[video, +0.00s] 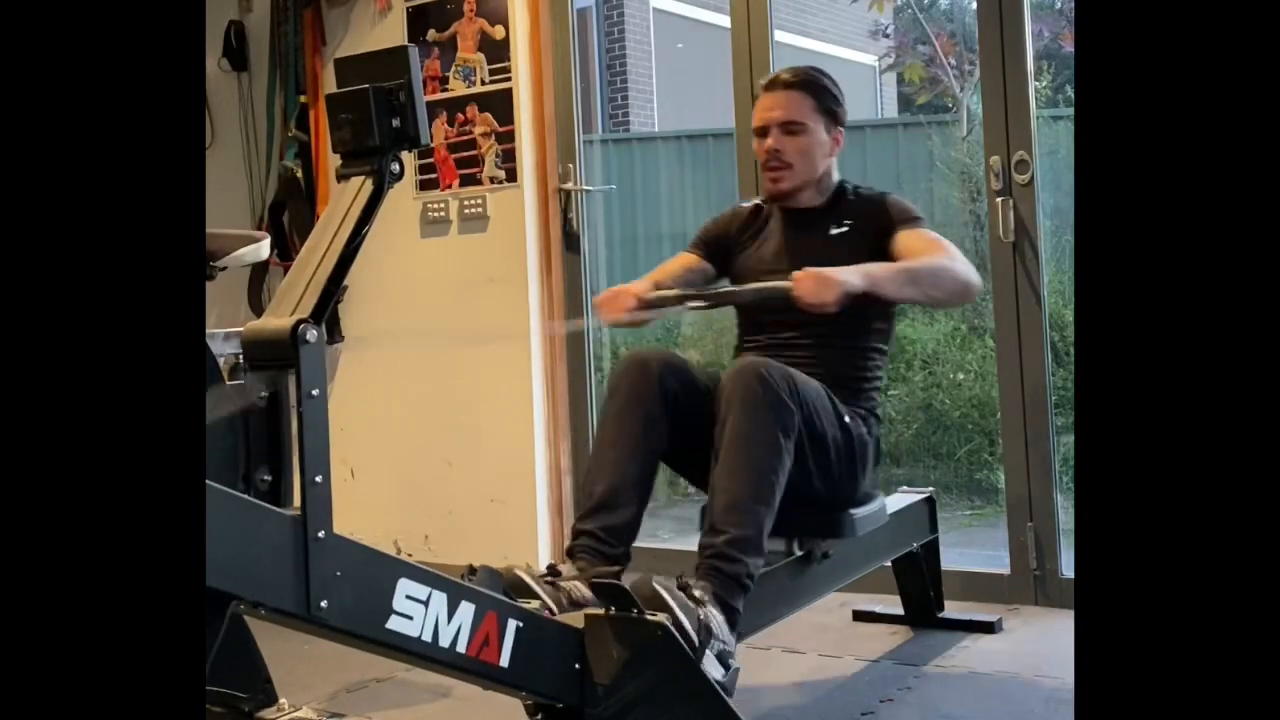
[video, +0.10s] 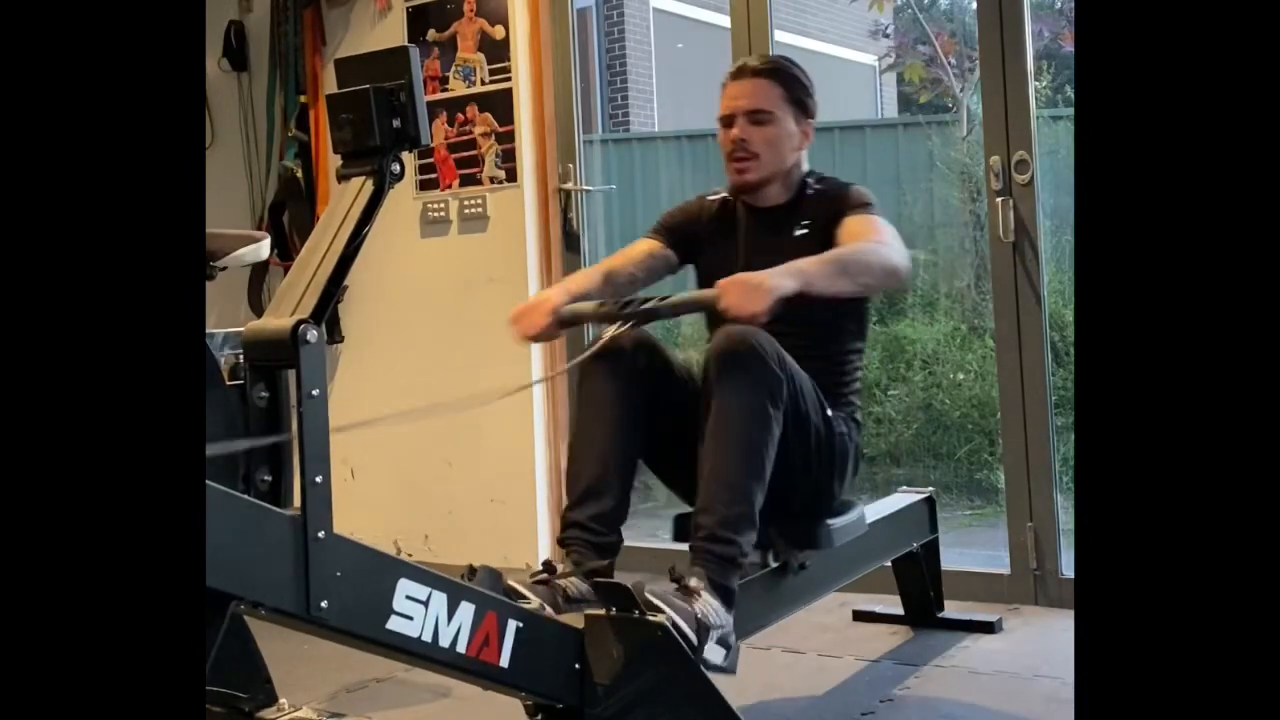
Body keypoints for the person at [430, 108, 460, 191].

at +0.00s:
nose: (446, 118)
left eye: (446, 116)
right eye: (444, 115)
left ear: (443, 116)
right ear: (440, 116)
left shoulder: (443, 124)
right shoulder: (437, 124)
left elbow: (453, 132)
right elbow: (439, 139)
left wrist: (457, 122)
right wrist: (442, 150)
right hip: (440, 148)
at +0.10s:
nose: (446, 118)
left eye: (446, 116)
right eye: (444, 115)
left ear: (443, 116)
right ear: (440, 116)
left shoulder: (443, 124)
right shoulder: (437, 124)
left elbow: (453, 132)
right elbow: (439, 138)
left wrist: (457, 122)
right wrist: (442, 150)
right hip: (440, 148)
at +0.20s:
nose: (446, 117)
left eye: (446, 115)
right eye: (444, 115)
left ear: (443, 116)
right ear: (440, 116)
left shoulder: (443, 124)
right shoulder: (437, 123)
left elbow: (453, 132)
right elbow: (438, 138)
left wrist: (457, 122)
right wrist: (442, 149)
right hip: (439, 148)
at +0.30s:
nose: (446, 118)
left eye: (446, 115)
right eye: (445, 115)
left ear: (443, 116)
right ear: (440, 116)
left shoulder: (443, 125)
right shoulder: (437, 123)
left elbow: (453, 132)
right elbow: (439, 137)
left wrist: (457, 122)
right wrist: (442, 150)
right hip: (439, 147)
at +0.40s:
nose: (446, 118)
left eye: (446, 115)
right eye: (445, 115)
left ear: (443, 116)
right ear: (440, 116)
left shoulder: (443, 125)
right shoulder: (437, 123)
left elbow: (453, 132)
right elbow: (439, 137)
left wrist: (457, 122)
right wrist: (442, 150)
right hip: (439, 148)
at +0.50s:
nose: (446, 117)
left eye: (446, 115)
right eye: (445, 115)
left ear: (443, 115)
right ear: (440, 115)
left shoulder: (443, 124)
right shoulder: (437, 123)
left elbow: (453, 132)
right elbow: (439, 137)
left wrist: (457, 122)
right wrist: (442, 150)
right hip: (439, 148)